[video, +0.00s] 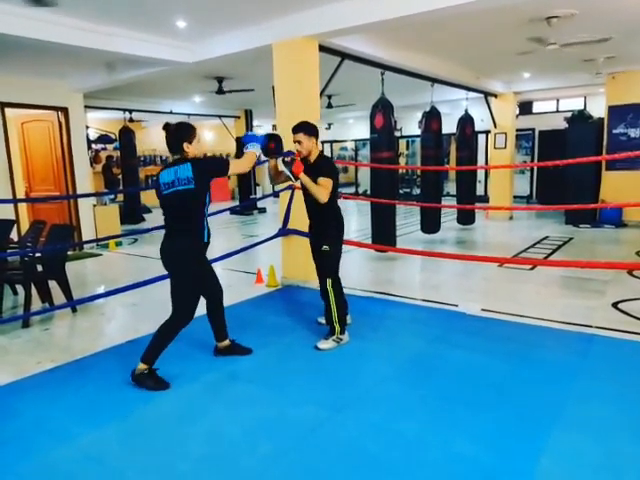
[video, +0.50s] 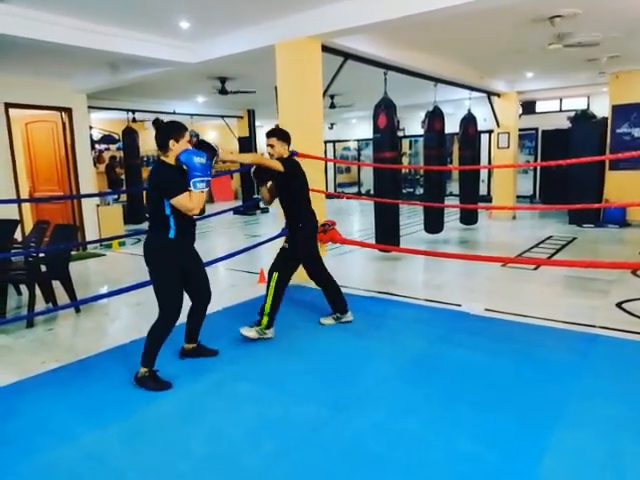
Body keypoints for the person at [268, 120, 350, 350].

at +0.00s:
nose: (296, 147)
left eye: (300, 142)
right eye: (295, 143)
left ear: (314, 141)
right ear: (296, 144)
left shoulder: (327, 165)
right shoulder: (303, 164)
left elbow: (323, 195)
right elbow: (277, 179)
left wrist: (300, 174)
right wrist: (273, 160)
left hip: (329, 226)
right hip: (316, 225)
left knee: (329, 278)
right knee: (325, 275)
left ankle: (338, 332)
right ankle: (339, 313)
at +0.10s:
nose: (294, 147)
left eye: (297, 142)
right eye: (293, 143)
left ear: (311, 141)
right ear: (304, 143)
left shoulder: (321, 163)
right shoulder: (305, 164)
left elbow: (304, 186)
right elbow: (283, 186)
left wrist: (280, 167)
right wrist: (278, 169)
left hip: (328, 227)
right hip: (316, 226)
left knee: (327, 278)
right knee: (325, 275)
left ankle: (339, 332)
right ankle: (339, 313)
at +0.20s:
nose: (292, 147)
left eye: (295, 142)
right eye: (291, 143)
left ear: (308, 141)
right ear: (301, 143)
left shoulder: (314, 162)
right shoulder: (307, 164)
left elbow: (281, 165)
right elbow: (288, 192)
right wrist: (282, 170)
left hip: (323, 225)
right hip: (318, 224)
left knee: (317, 277)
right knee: (326, 271)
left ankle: (337, 331)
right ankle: (343, 313)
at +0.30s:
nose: (287, 147)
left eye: (290, 142)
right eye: (286, 143)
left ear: (303, 141)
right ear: (300, 143)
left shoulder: (305, 161)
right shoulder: (305, 164)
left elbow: (269, 159)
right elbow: (288, 195)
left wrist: (236, 157)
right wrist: (281, 175)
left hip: (317, 223)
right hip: (318, 221)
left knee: (301, 273)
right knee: (325, 269)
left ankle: (325, 324)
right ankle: (342, 312)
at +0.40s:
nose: (278, 148)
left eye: (281, 143)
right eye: (278, 144)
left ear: (294, 143)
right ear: (290, 144)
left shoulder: (298, 163)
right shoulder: (295, 166)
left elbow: (263, 159)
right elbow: (280, 198)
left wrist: (231, 158)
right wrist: (274, 179)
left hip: (309, 227)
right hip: (314, 225)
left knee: (287, 272)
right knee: (323, 270)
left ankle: (296, 325)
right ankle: (342, 313)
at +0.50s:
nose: (268, 151)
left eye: (272, 146)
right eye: (268, 147)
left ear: (285, 145)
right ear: (281, 147)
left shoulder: (289, 165)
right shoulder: (283, 168)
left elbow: (259, 159)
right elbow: (268, 199)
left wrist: (229, 157)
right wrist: (261, 178)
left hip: (300, 229)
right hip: (303, 227)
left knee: (278, 273)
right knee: (317, 271)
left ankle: (265, 326)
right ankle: (342, 312)